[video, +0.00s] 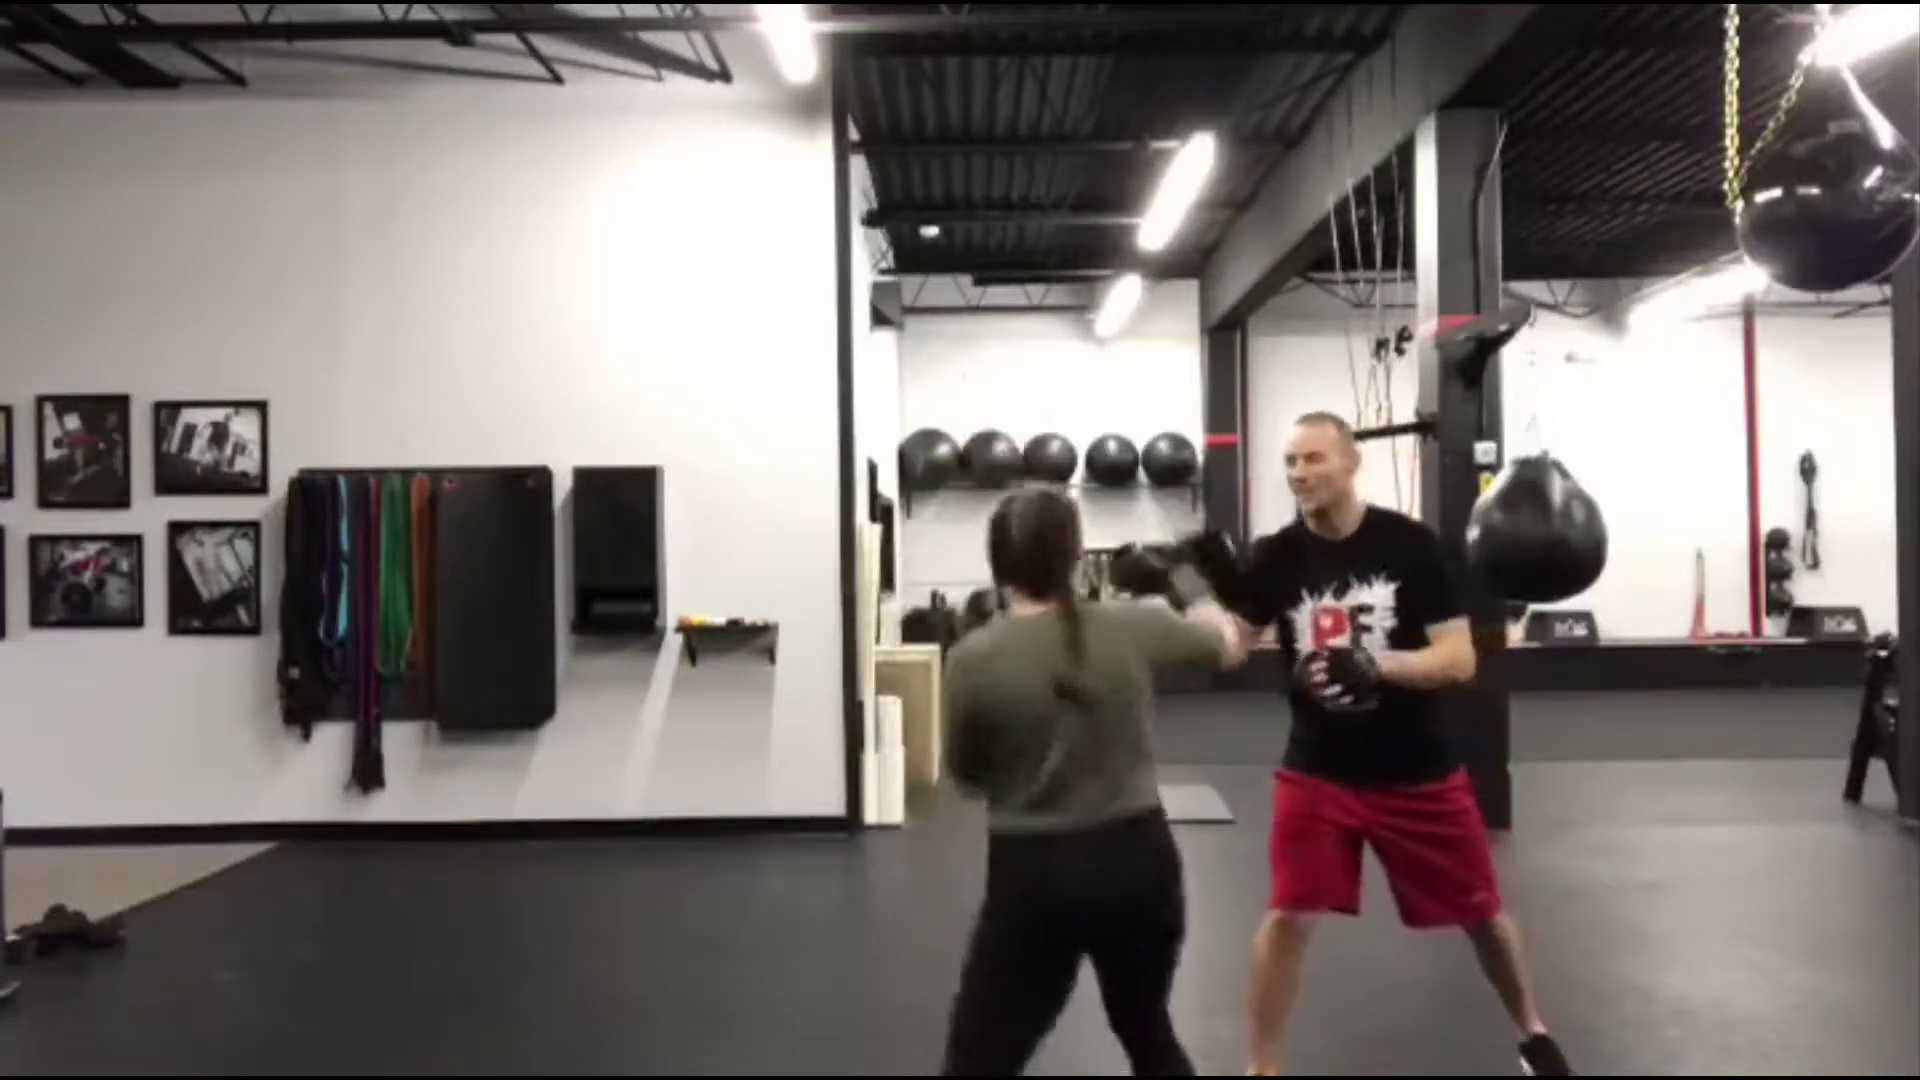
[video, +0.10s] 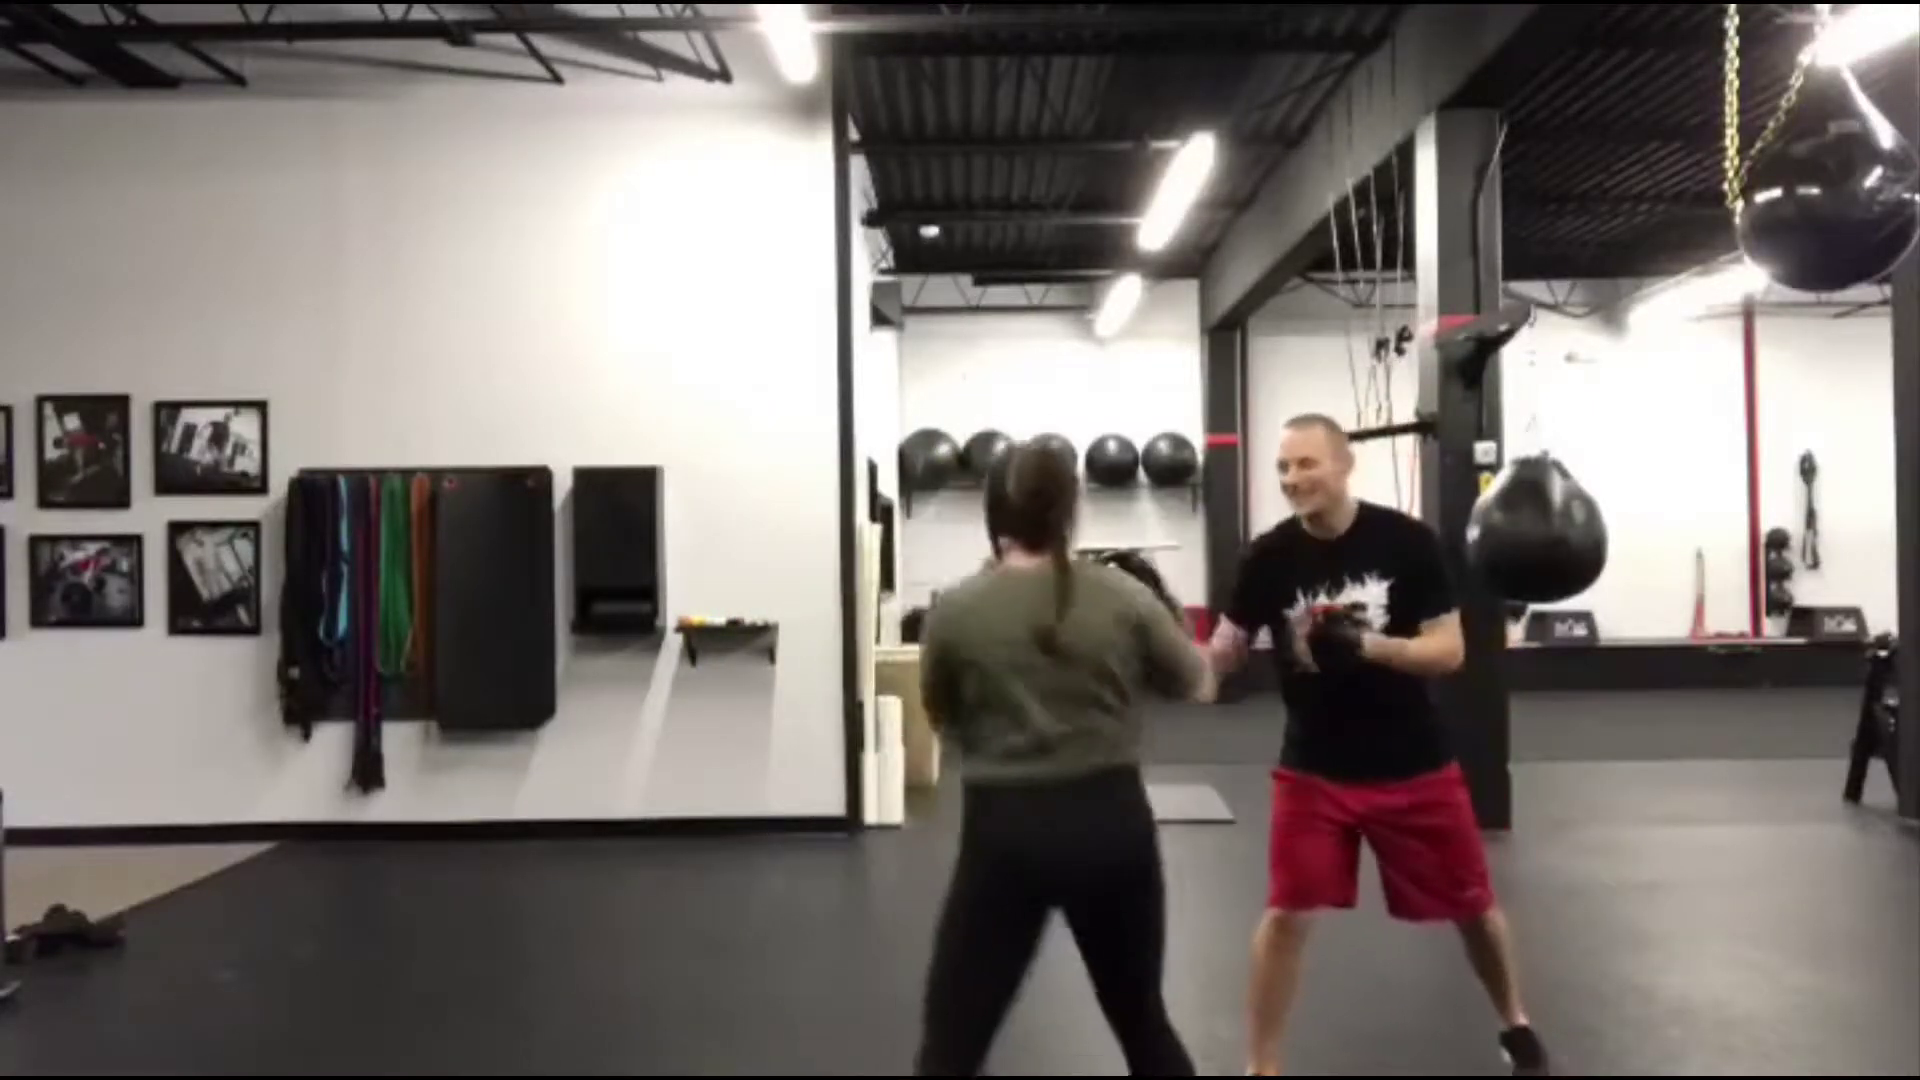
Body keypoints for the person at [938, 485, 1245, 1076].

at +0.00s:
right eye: (1072, 541)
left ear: (998, 559)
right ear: (1075, 553)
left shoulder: (974, 659)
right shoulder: (1130, 627)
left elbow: (966, 771)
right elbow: (1219, 643)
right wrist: (1196, 605)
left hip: (1032, 878)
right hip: (1137, 862)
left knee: (980, 1059)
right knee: (1147, 1027)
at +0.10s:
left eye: (994, 502)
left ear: (993, 513)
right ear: (1071, 512)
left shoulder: (957, 611)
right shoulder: (1121, 596)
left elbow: (941, 713)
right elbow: (1195, 680)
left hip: (1004, 833)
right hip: (1109, 824)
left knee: (953, 1039)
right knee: (1141, 1019)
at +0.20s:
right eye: (1068, 494)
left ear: (989, 503)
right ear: (1067, 504)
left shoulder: (937, 595)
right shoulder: (1112, 601)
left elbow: (926, 699)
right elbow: (1156, 720)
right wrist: (1085, 676)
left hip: (967, 820)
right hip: (1074, 820)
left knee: (928, 1035)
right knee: (1114, 1012)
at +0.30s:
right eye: (1060, 538)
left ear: (979, 543)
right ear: (1058, 550)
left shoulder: (924, 635)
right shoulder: (1096, 652)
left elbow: (910, 728)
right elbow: (1123, 771)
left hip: (932, 872)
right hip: (1041, 877)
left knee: (916, 1060)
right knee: (1087, 1045)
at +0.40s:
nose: (1064, 583)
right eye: (1062, 573)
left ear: (973, 577)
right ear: (1054, 586)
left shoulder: (916, 667)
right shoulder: (1090, 690)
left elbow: (895, 768)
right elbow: (1102, 818)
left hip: (909, 910)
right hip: (1023, 920)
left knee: (900, 1067)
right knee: (1076, 1059)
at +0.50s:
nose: (1068, 550)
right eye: (1065, 538)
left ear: (981, 542)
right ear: (1062, 550)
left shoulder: (924, 636)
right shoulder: (1096, 655)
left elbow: (907, 735)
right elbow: (1116, 790)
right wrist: (1049, 732)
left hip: (924, 886)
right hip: (1036, 892)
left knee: (911, 1062)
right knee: (1099, 1001)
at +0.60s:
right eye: (1079, 494)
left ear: (999, 499)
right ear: (1079, 504)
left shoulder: (947, 596)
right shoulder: (1123, 604)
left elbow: (932, 694)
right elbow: (1158, 721)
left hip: (975, 833)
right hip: (1084, 835)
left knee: (943, 1035)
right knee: (1131, 1009)